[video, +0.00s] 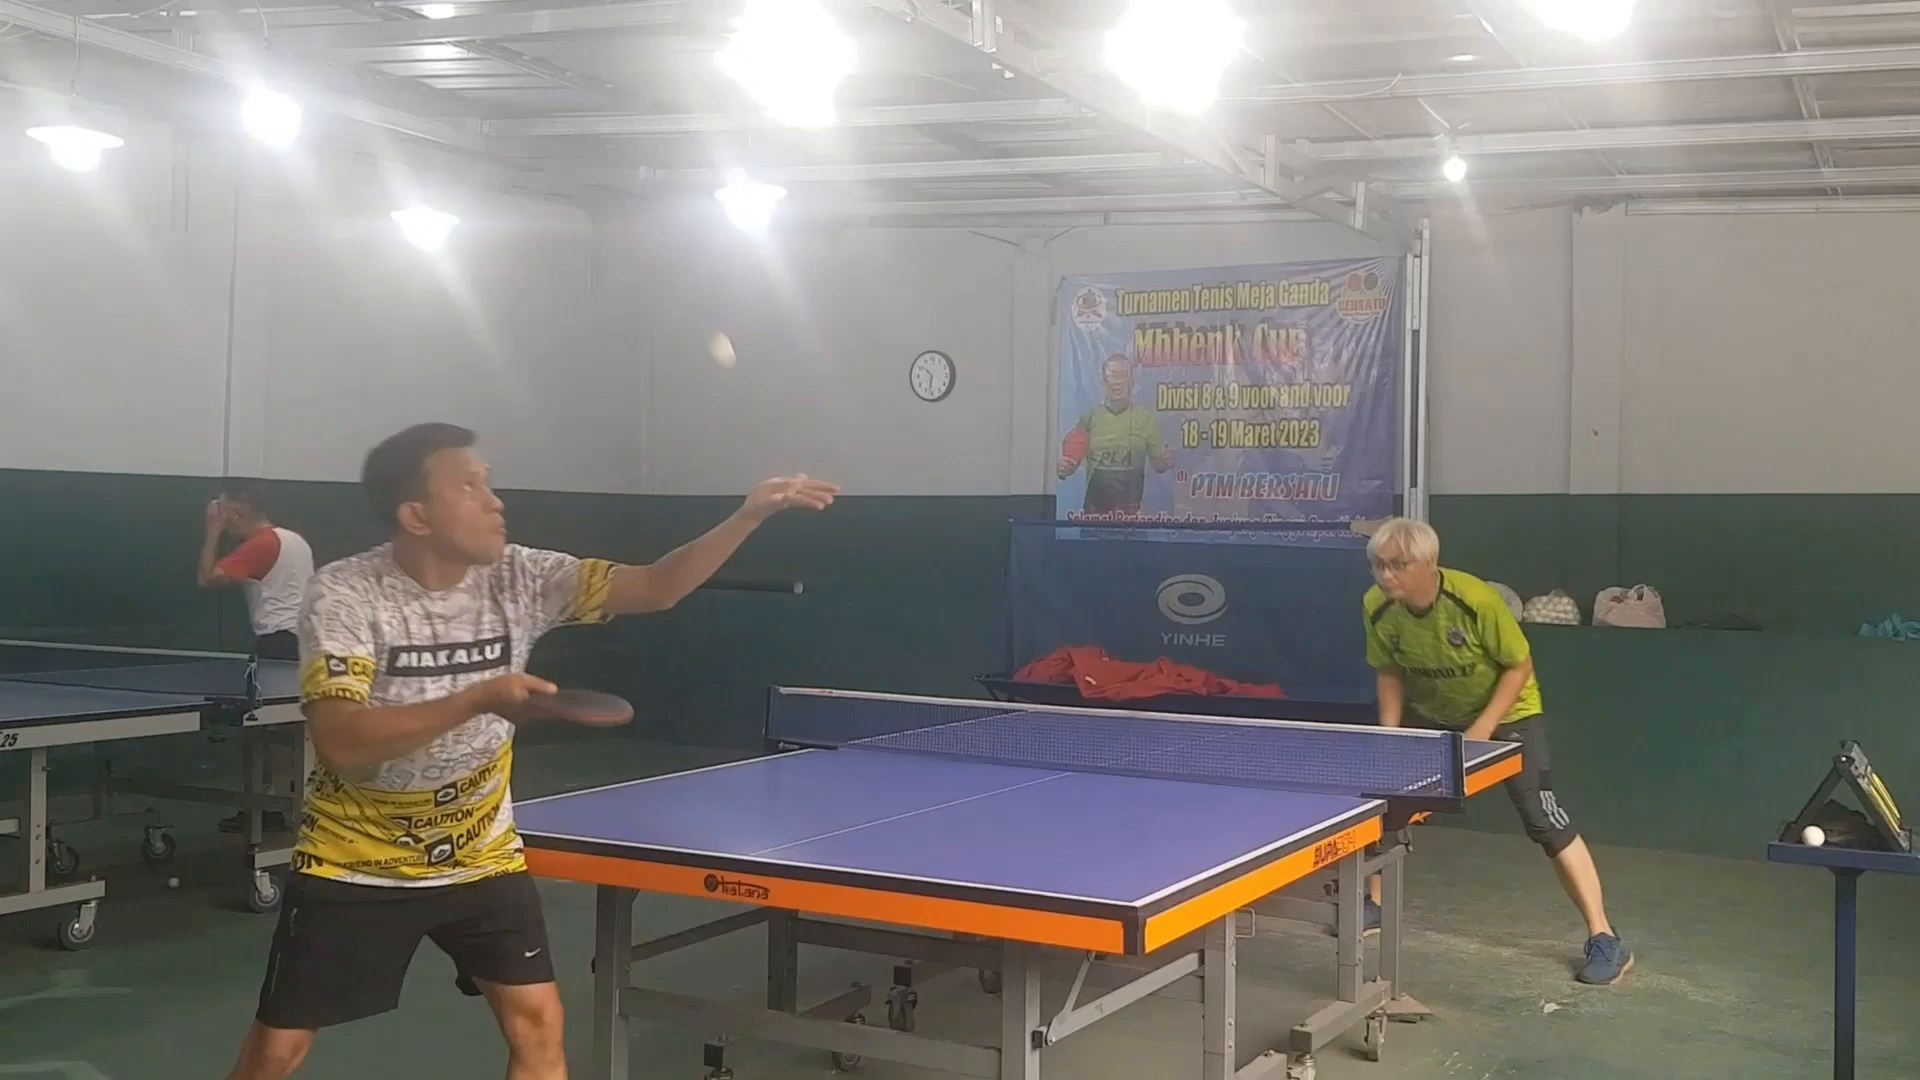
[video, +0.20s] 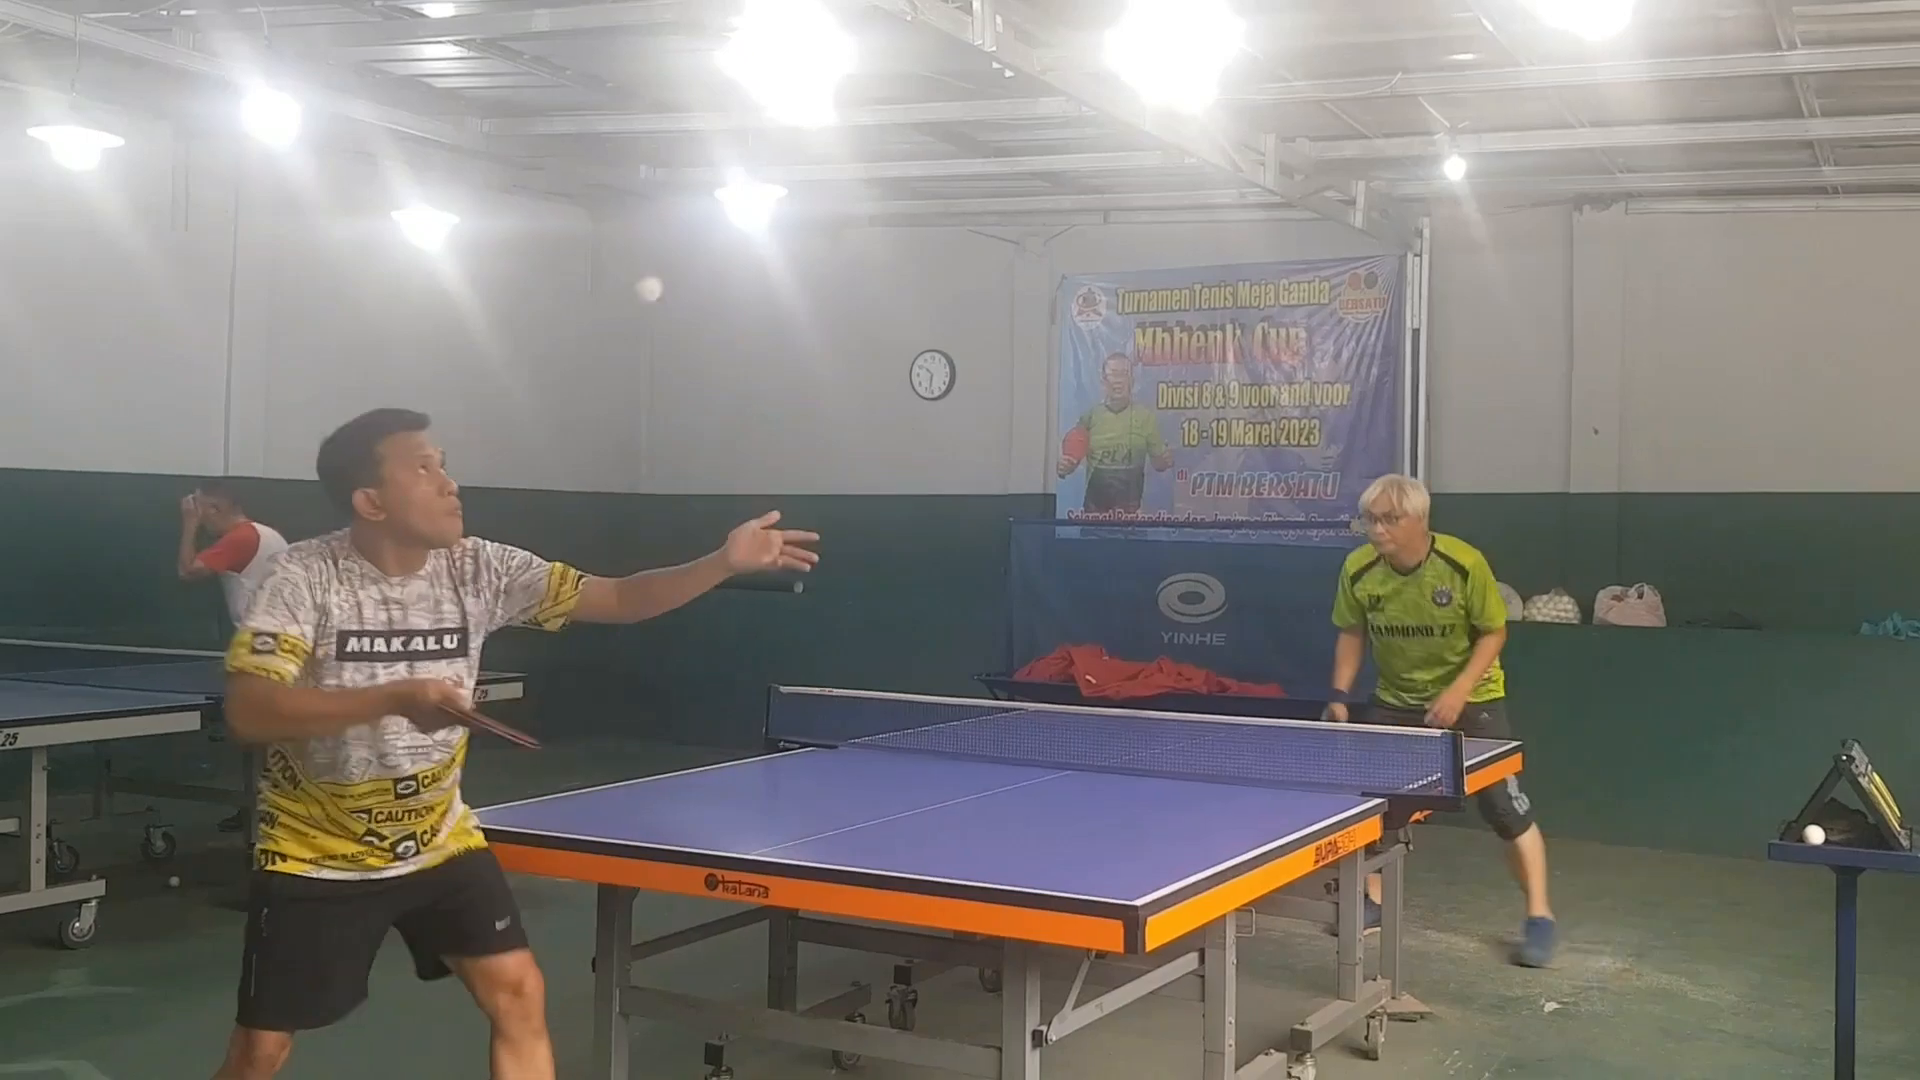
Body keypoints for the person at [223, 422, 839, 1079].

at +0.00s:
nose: (496, 498)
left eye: (490, 483)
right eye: (473, 487)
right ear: (413, 515)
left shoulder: (521, 578)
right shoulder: (347, 591)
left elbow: (654, 586)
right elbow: (339, 739)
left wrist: (753, 512)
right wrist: (476, 699)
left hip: (481, 853)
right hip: (355, 859)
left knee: (537, 1022)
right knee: (275, 1051)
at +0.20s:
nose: (449, 481)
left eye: (442, 465)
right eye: (424, 469)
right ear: (368, 503)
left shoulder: (481, 570)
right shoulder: (297, 577)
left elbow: (621, 597)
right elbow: (248, 710)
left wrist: (725, 561)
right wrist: (395, 698)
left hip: (436, 836)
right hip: (312, 848)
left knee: (518, 991)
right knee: (259, 1053)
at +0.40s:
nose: (518, 527)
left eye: (519, 509)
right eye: (498, 510)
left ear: (519, 515)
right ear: (437, 521)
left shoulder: (538, 590)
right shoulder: (370, 561)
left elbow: (674, 607)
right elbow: (208, 562)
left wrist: (745, 544)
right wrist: (356, 592)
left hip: (444, 835)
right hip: (329, 843)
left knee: (550, 969)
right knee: (262, 1049)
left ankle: (431, 1052)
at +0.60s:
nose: (686, 635)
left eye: (692, 619)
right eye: (683, 615)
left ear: (639, 610)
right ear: (638, 605)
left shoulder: (628, 681)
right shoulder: (513, 611)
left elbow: (711, 729)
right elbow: (380, 689)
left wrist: (718, 612)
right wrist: (473, 607)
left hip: (509, 895)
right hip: (407, 889)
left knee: (615, 1037)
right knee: (372, 1069)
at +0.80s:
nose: (671, 616)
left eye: (674, 600)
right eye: (670, 597)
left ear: (626, 590)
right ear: (630, 589)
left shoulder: (608, 672)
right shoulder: (495, 613)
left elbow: (678, 757)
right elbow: (407, 717)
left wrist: (726, 702)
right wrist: (531, 696)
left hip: (490, 887)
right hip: (397, 878)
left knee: (600, 1025)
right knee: (404, 1070)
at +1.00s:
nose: (598, 564)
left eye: (600, 548)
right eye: (595, 547)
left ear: (547, 545)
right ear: (557, 546)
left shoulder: (507, 626)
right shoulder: (442, 601)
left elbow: (538, 736)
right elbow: (409, 732)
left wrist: (623, 722)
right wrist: (562, 725)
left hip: (416, 885)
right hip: (338, 890)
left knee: (510, 1016)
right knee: (349, 1068)